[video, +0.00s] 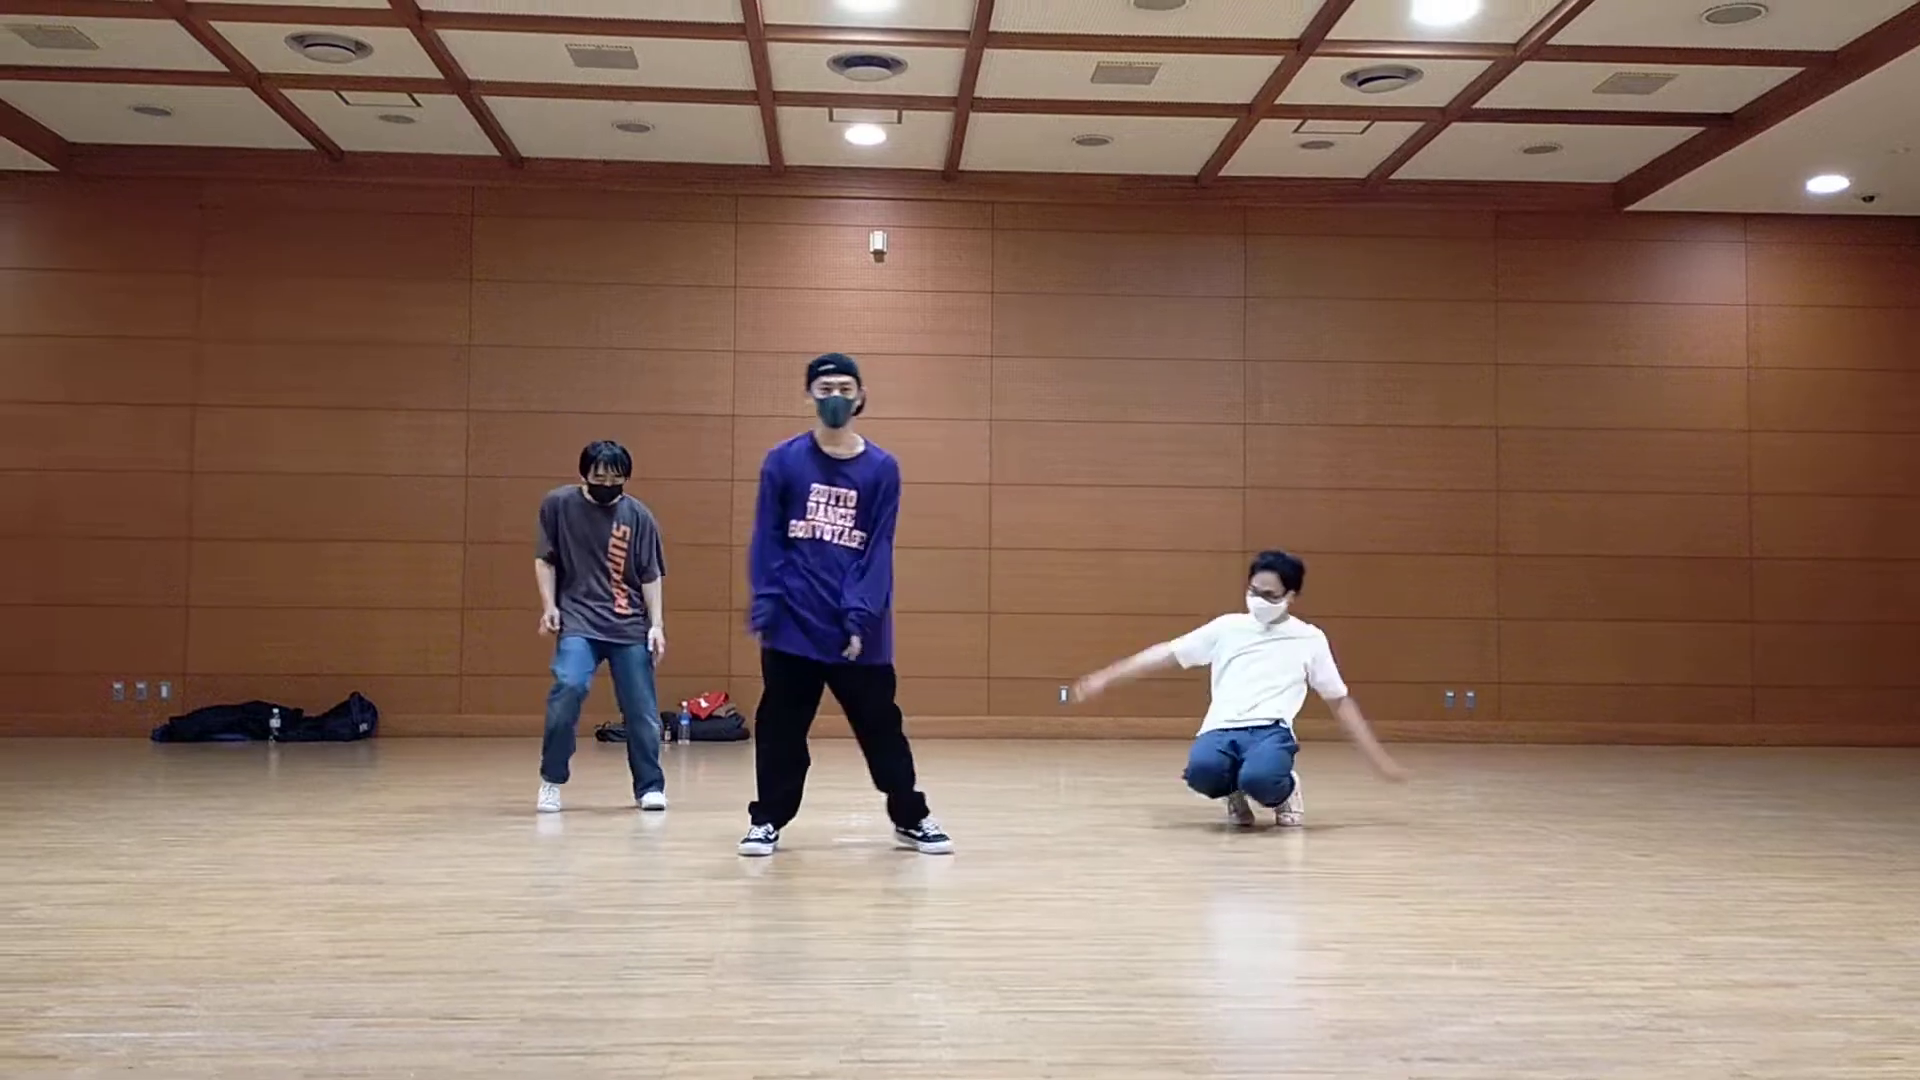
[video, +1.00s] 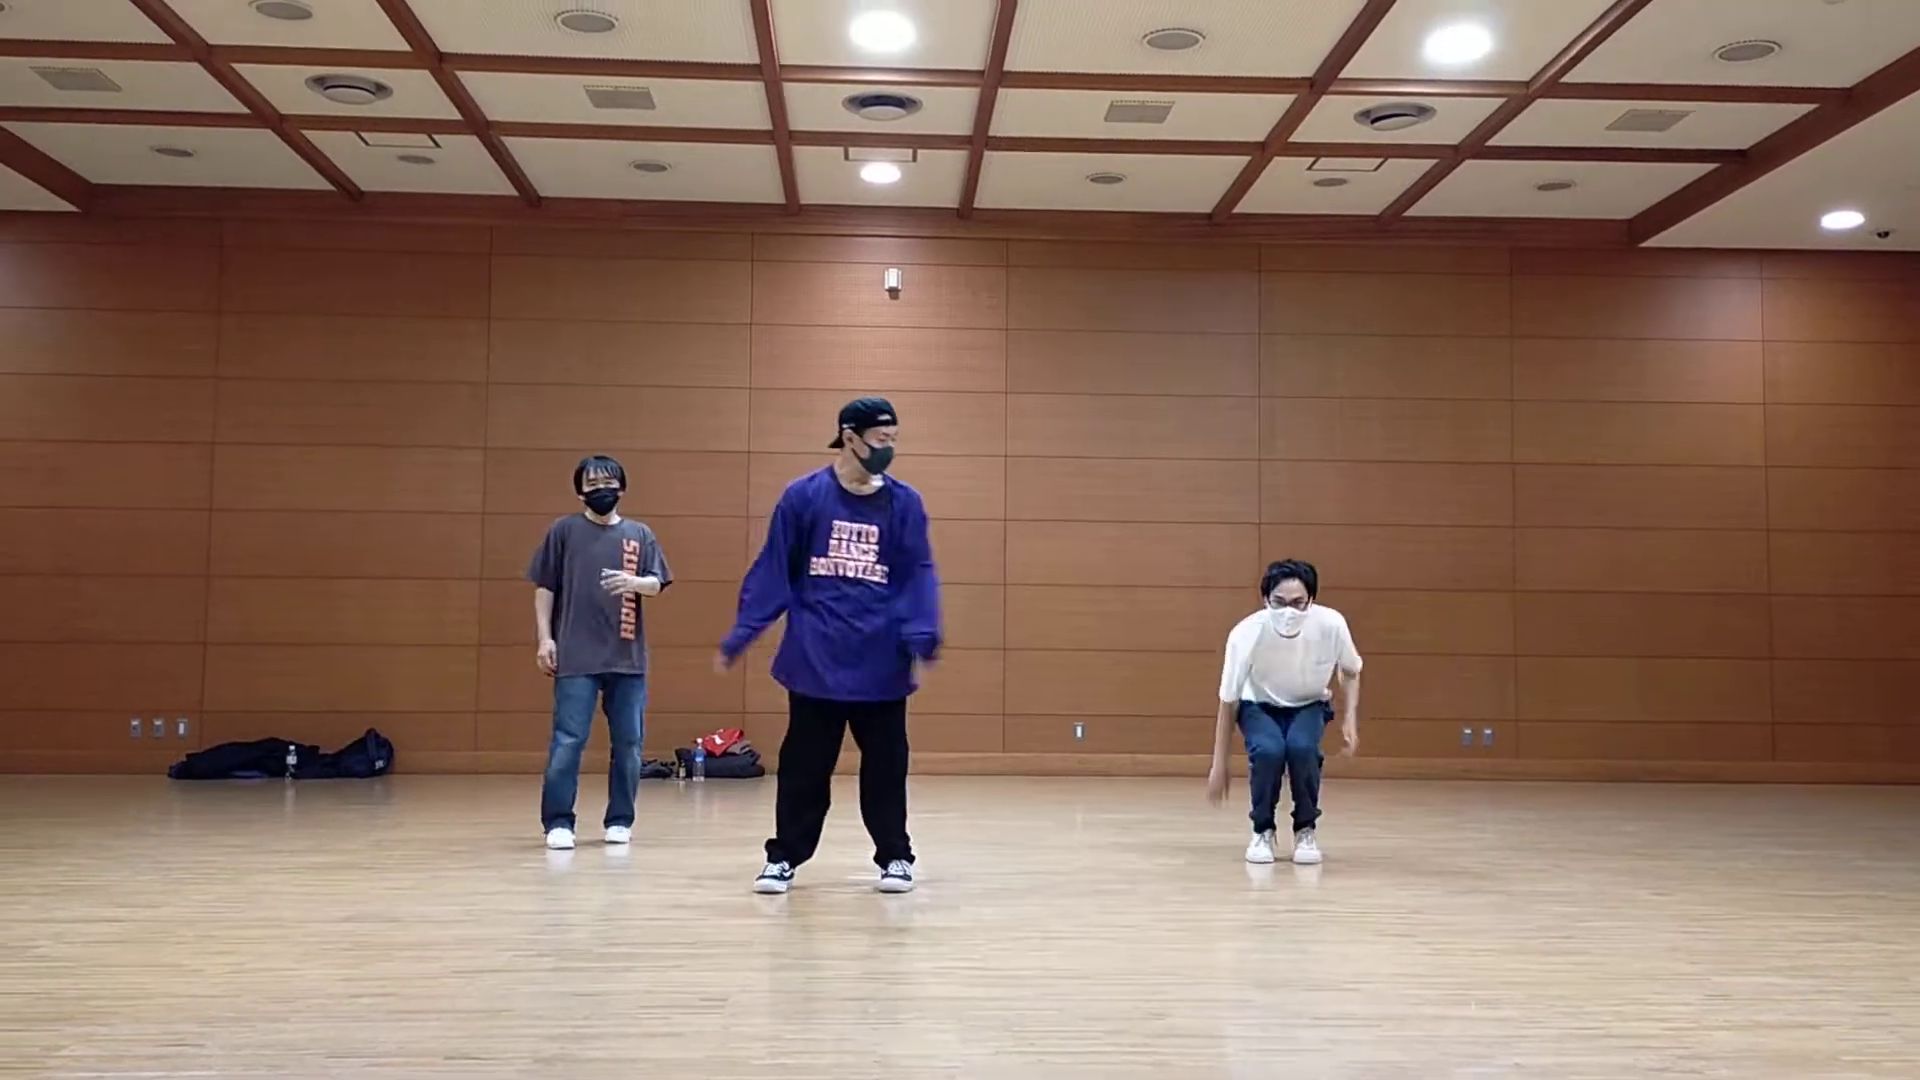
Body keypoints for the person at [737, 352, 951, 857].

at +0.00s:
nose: (834, 393)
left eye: (843, 386)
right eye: (825, 386)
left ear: (859, 395)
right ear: (810, 396)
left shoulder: (881, 468)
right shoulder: (782, 461)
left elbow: (880, 549)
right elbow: (766, 538)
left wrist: (860, 616)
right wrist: (765, 604)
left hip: (856, 622)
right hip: (793, 619)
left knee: (880, 722)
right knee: (781, 722)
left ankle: (911, 817)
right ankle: (766, 821)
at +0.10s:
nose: (813, 392)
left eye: (822, 385)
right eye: (803, 386)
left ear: (837, 396)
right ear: (787, 397)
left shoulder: (864, 464)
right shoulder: (763, 463)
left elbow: (880, 540)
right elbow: (732, 537)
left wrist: (892, 606)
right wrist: (697, 598)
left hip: (845, 620)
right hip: (781, 619)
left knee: (865, 723)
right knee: (776, 726)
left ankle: (881, 820)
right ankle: (766, 822)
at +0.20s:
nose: (798, 394)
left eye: (806, 386)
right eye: (787, 387)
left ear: (821, 396)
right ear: (771, 398)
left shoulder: (853, 462)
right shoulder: (750, 465)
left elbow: (889, 529)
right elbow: (702, 527)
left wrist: (930, 579)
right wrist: (643, 563)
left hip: (839, 619)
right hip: (774, 620)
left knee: (846, 723)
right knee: (773, 727)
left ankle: (844, 825)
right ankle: (766, 825)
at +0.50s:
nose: (801, 410)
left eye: (805, 403)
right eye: (790, 403)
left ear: (810, 410)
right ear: (760, 411)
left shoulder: (832, 467)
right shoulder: (731, 479)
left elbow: (859, 527)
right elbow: (698, 548)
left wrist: (884, 554)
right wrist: (639, 545)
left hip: (826, 619)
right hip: (768, 623)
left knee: (806, 723)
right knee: (772, 729)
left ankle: (795, 825)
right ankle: (763, 835)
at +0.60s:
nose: (812, 414)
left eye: (815, 407)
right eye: (801, 407)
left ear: (817, 413)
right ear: (770, 414)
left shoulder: (833, 468)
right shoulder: (735, 478)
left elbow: (836, 535)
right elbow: (728, 554)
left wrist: (811, 571)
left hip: (829, 621)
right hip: (770, 622)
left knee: (822, 727)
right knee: (774, 729)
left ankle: (822, 827)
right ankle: (767, 837)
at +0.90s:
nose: (865, 439)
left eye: (869, 431)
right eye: (856, 430)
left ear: (869, 434)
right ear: (825, 429)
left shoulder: (880, 494)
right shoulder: (781, 491)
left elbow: (881, 573)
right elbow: (766, 573)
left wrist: (864, 643)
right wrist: (777, 640)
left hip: (863, 649)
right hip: (802, 650)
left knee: (878, 755)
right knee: (791, 755)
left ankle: (892, 851)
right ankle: (778, 852)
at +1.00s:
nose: (890, 440)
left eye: (892, 433)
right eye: (880, 433)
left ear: (891, 441)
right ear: (849, 436)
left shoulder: (904, 503)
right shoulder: (803, 498)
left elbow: (919, 574)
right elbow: (772, 572)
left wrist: (922, 631)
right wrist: (742, 632)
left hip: (880, 657)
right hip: (816, 655)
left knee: (887, 761)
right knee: (805, 758)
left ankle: (894, 857)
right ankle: (783, 858)